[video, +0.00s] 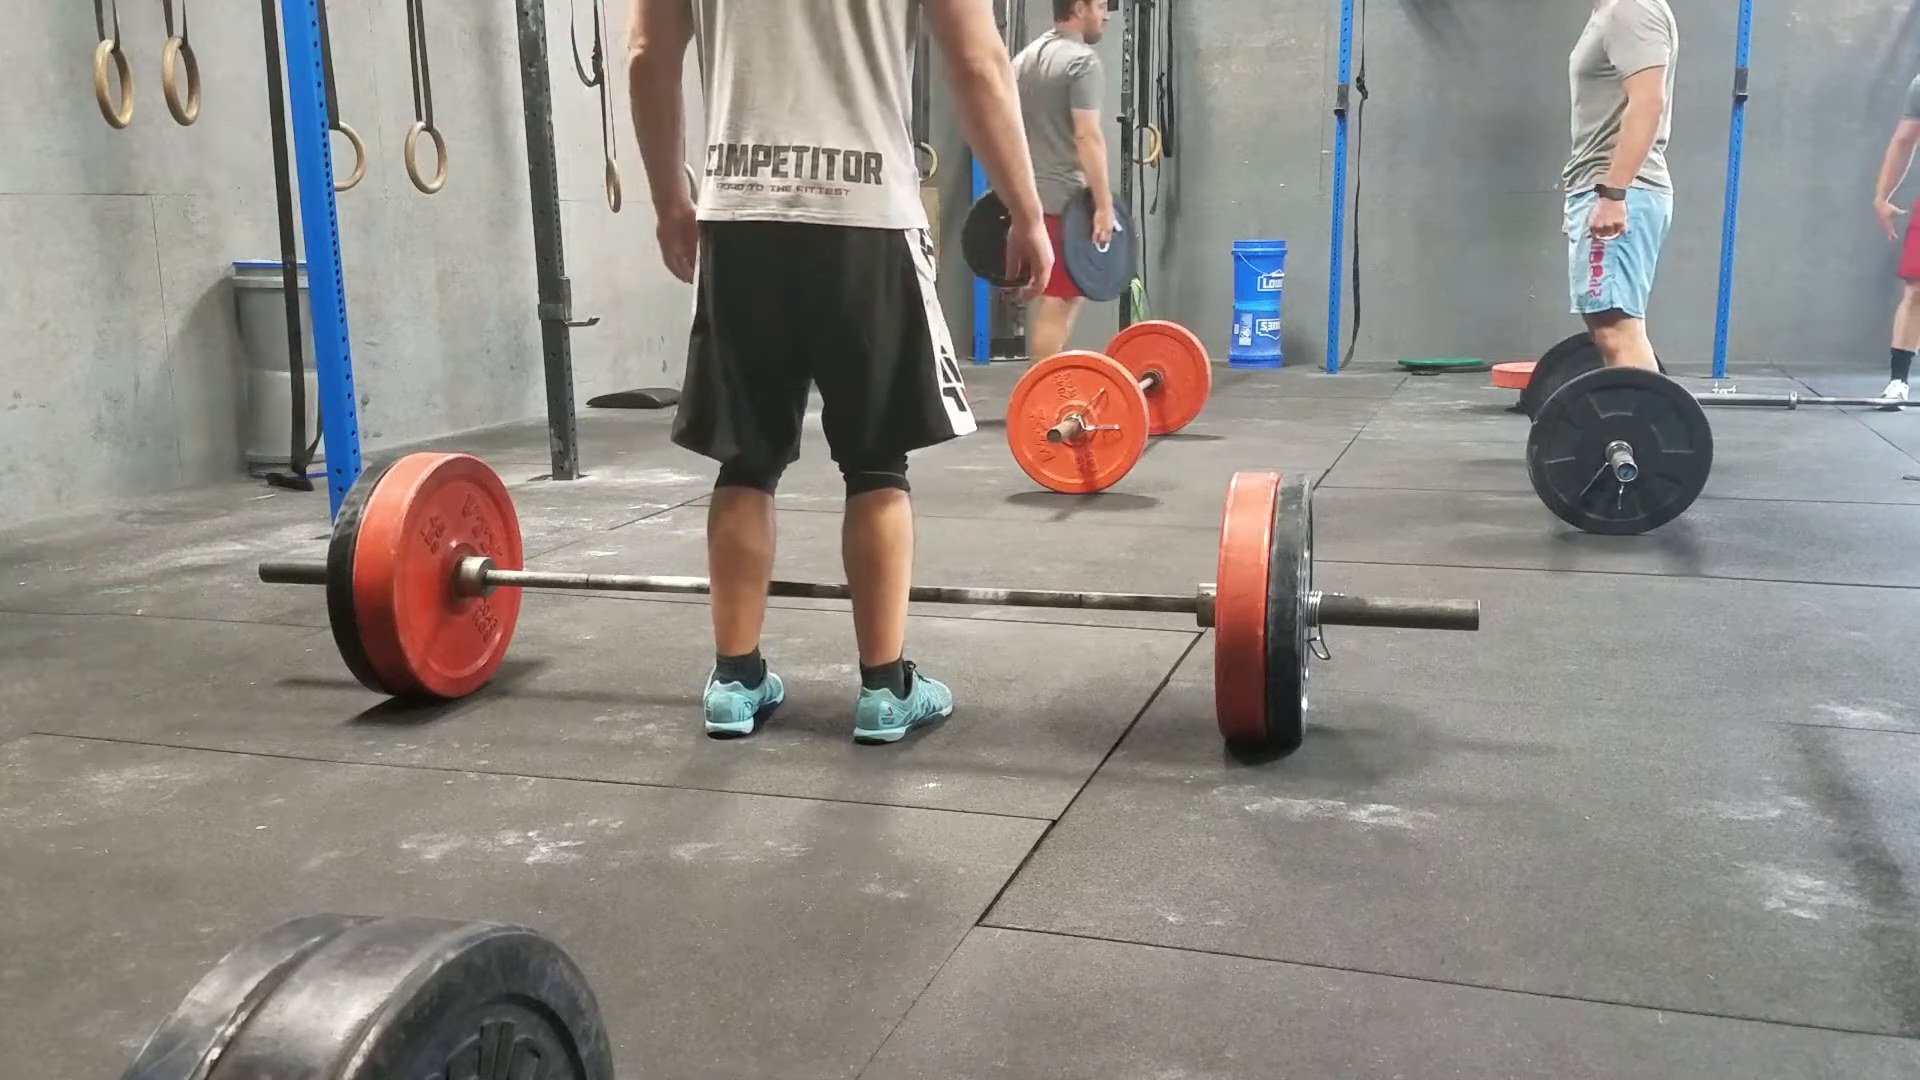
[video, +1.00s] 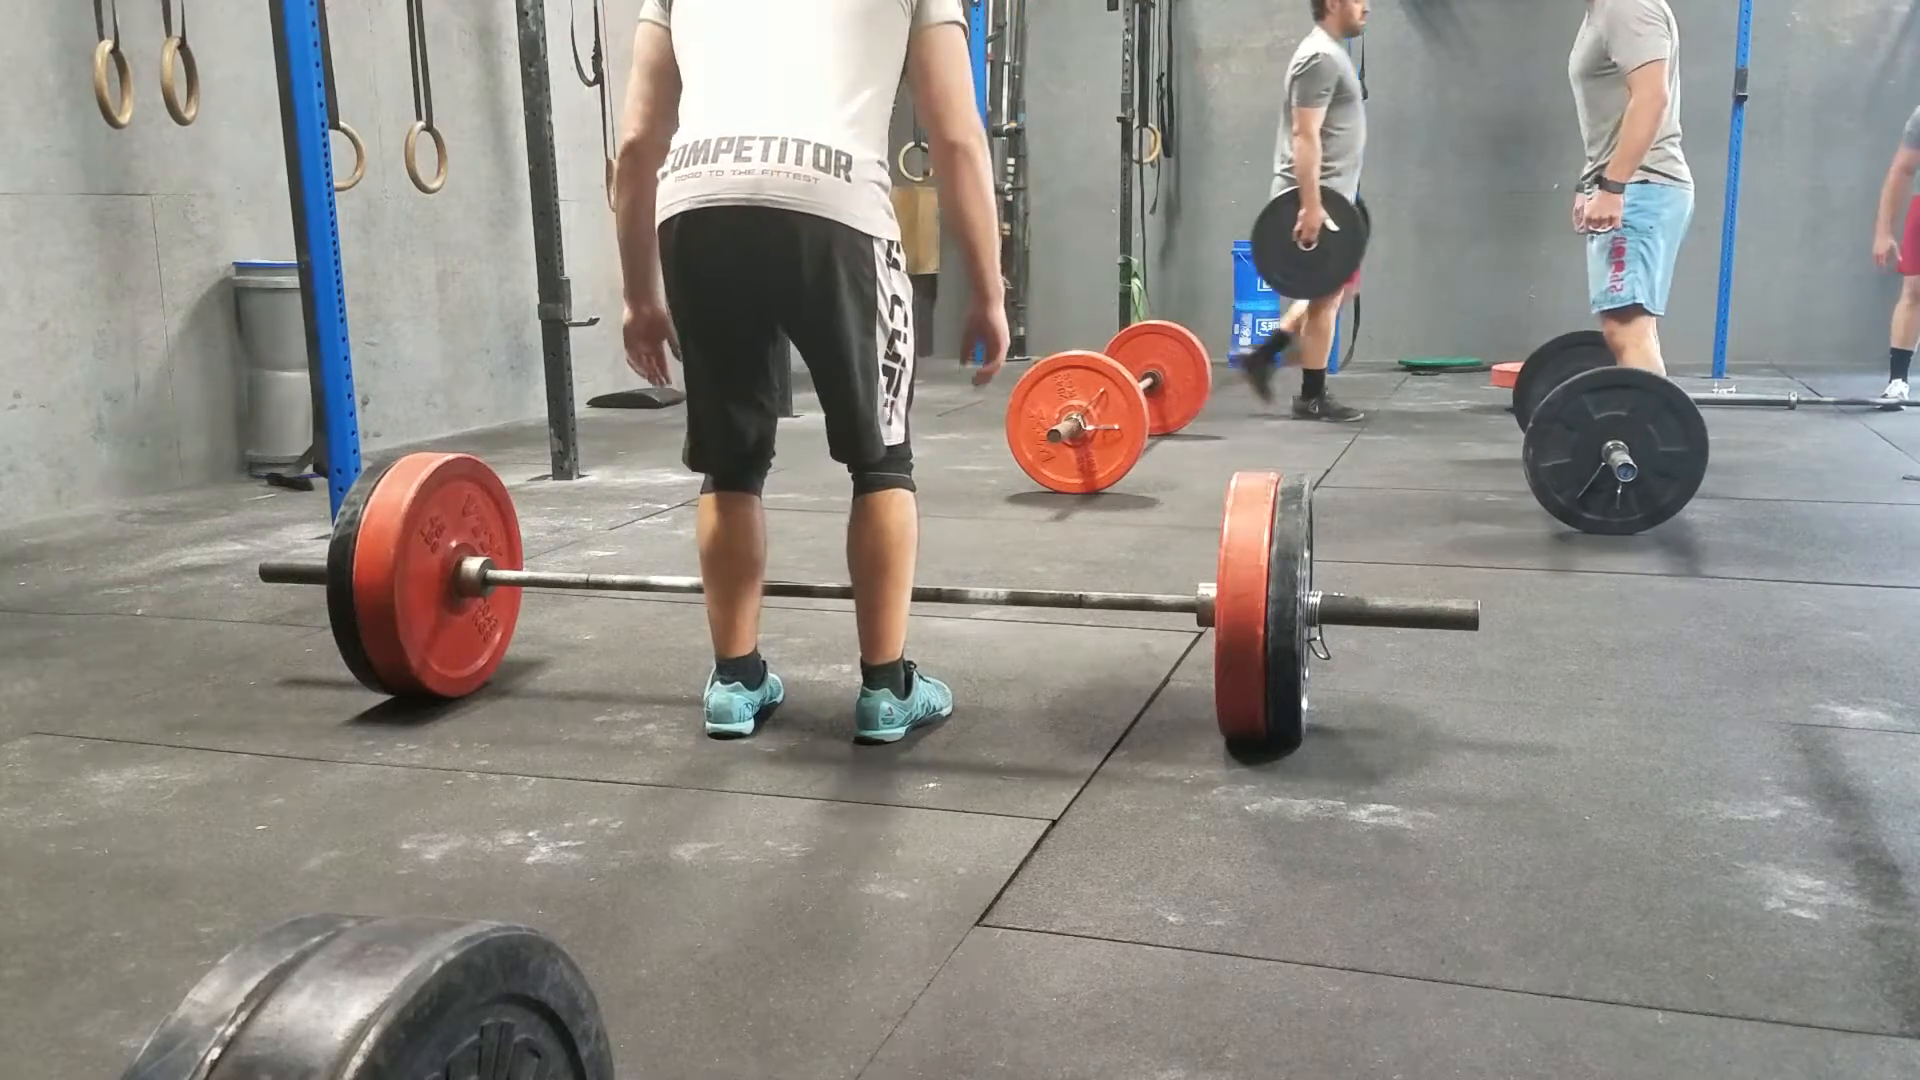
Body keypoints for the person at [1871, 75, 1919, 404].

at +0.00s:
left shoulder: (1917, 86)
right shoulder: (1918, 85)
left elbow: (1904, 137)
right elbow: (1904, 137)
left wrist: (1881, 196)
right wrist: (1882, 196)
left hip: (1917, 213)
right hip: (1917, 213)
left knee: (1913, 292)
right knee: (1913, 291)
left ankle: (1899, 380)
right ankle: (1898, 380)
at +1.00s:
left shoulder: (1916, 118)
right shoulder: (1919, 116)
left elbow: (1903, 169)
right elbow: (1903, 168)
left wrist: (1885, 231)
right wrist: (1883, 230)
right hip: (1918, 218)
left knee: (1912, 293)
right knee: (1913, 291)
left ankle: (1899, 379)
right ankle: (1898, 380)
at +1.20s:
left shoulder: (1916, 165)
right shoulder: (1918, 164)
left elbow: (1901, 215)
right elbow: (1900, 215)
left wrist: (1885, 279)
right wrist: (1884, 280)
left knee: (1911, 297)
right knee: (1912, 296)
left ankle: (1897, 380)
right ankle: (1897, 380)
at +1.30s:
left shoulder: (1915, 188)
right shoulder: (1918, 187)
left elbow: (1899, 240)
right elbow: (1898, 240)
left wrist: (1883, 308)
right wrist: (1882, 307)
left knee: (1911, 284)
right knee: (1912, 284)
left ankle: (1897, 380)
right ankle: (1896, 380)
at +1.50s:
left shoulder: (1915, 229)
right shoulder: (1916, 229)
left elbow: (1897, 288)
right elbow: (1896, 288)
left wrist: (1878, 352)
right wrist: (1878, 353)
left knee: (1910, 291)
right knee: (1911, 292)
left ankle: (1897, 380)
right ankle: (1896, 380)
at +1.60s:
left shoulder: (1916, 240)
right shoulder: (1916, 239)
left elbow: (1900, 301)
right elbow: (1898, 301)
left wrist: (1880, 363)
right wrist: (1880, 364)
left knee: (1909, 301)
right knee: (1909, 301)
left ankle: (1896, 378)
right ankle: (1895, 378)